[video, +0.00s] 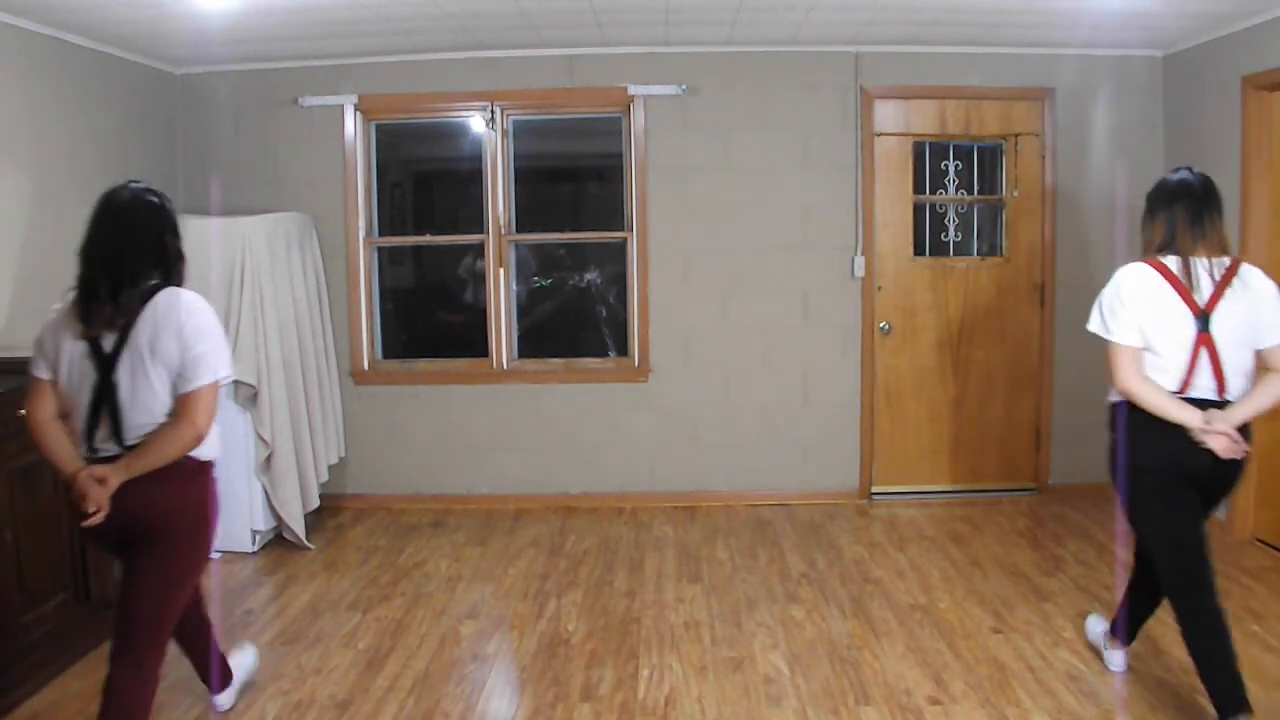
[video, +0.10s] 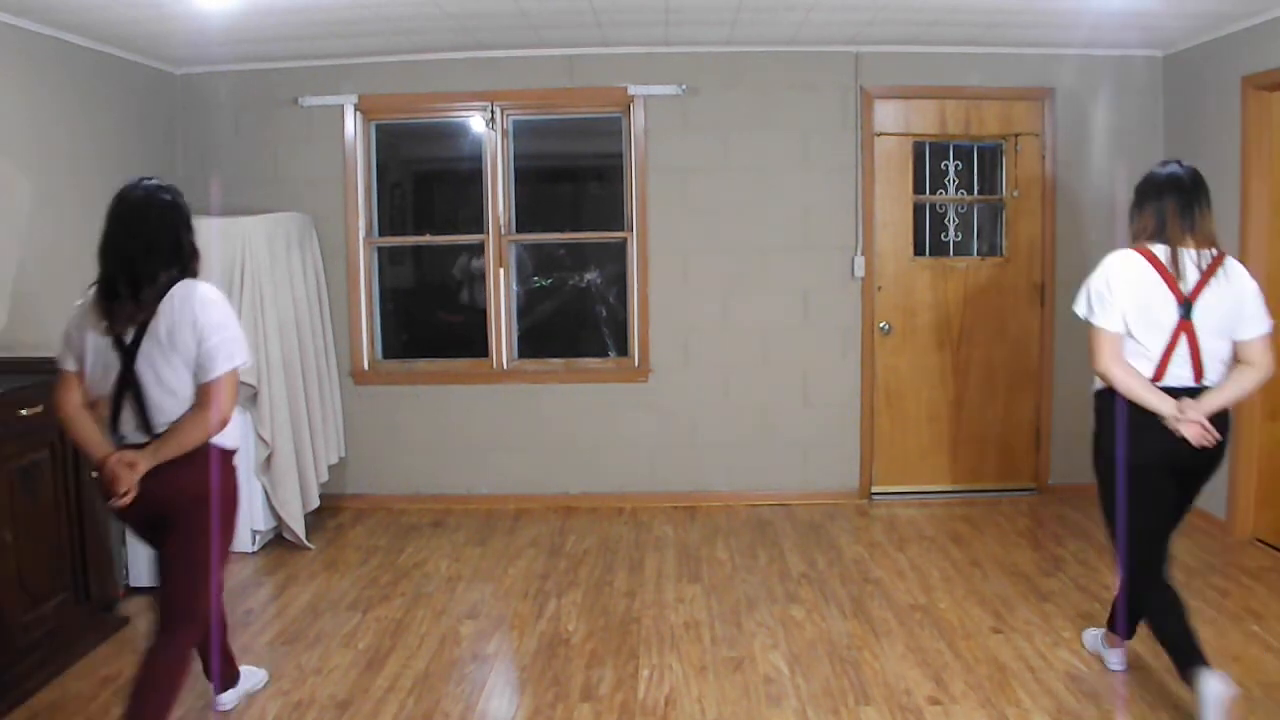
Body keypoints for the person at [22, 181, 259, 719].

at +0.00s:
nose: (175, 246)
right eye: (172, 236)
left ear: (95, 243)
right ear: (168, 245)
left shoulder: (66, 319)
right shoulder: (186, 313)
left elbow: (39, 414)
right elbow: (193, 424)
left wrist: (79, 476)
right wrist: (116, 473)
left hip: (98, 499)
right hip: (173, 496)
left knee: (176, 592)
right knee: (135, 656)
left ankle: (222, 678)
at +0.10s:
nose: (189, 239)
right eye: (186, 230)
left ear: (112, 240)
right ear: (183, 239)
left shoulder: (91, 311)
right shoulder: (201, 303)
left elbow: (68, 403)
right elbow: (216, 411)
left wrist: (109, 462)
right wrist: (145, 458)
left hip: (127, 477)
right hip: (198, 475)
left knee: (200, 580)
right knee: (181, 623)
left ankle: (226, 680)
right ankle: (142, 713)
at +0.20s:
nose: (203, 223)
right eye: (199, 214)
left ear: (129, 227)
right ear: (195, 224)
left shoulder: (110, 298)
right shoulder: (215, 288)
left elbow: (92, 381)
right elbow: (224, 393)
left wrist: (128, 436)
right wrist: (156, 440)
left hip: (143, 461)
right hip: (210, 460)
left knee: (201, 569)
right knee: (227, 588)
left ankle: (226, 680)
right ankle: (165, 692)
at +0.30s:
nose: (219, 212)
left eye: (214, 202)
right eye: (213, 204)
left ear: (144, 216)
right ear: (203, 214)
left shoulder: (120, 286)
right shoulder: (221, 274)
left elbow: (106, 369)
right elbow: (227, 376)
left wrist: (141, 420)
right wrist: (169, 424)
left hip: (154, 439)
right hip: (219, 439)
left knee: (202, 553)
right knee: (253, 551)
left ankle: (225, 674)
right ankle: (206, 661)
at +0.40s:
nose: (224, 210)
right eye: (219, 202)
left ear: (154, 211)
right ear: (214, 208)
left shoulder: (134, 278)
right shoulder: (229, 268)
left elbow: (119, 360)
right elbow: (235, 367)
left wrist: (151, 411)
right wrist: (181, 415)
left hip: (163, 429)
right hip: (230, 428)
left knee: (207, 550)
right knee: (271, 534)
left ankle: (220, 677)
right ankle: (229, 650)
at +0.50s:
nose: (229, 211)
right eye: (226, 203)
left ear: (163, 210)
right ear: (223, 209)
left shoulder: (139, 279)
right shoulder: (238, 267)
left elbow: (126, 358)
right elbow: (245, 363)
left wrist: (158, 407)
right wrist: (190, 410)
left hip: (171, 429)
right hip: (239, 425)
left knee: (207, 553)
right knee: (278, 529)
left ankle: (219, 683)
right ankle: (249, 644)